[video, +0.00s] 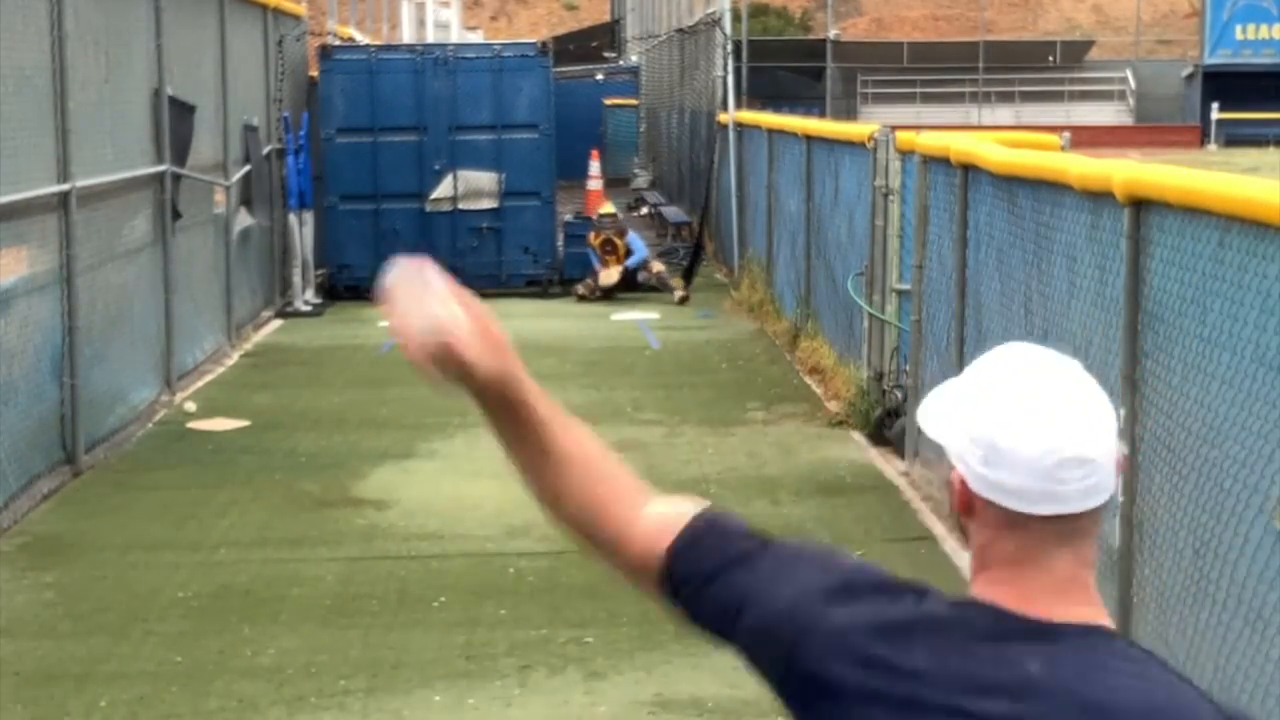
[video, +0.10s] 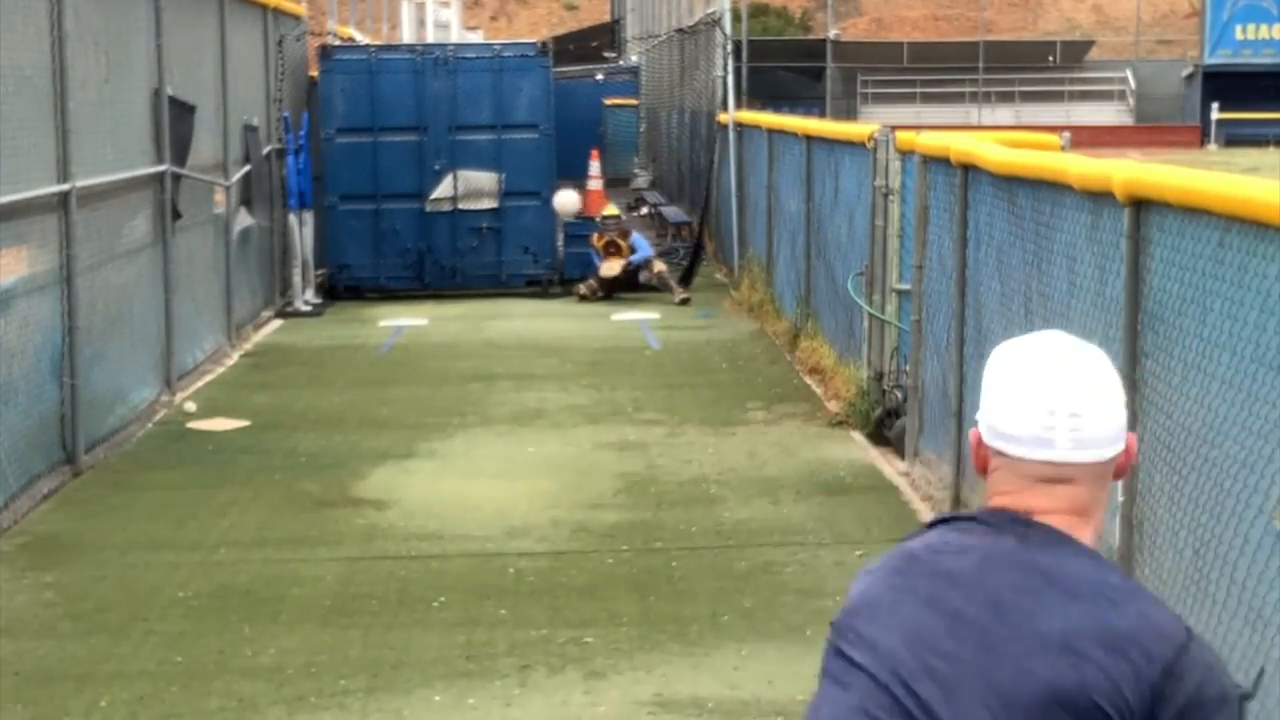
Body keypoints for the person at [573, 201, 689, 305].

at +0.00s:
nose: (608, 228)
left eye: (612, 223)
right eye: (604, 224)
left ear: (618, 222)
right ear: (598, 224)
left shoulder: (628, 235)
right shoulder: (593, 238)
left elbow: (643, 253)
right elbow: (593, 257)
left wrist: (623, 267)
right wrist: (601, 271)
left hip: (631, 271)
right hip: (609, 272)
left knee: (655, 266)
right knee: (597, 280)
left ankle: (676, 291)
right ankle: (586, 290)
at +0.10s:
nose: (611, 229)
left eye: (614, 225)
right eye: (607, 225)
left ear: (621, 224)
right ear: (601, 226)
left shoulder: (631, 236)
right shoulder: (597, 240)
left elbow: (648, 253)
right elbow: (597, 260)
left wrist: (629, 261)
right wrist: (604, 267)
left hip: (634, 271)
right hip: (611, 270)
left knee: (657, 265)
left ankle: (677, 293)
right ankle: (588, 289)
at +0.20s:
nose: (614, 224)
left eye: (617, 220)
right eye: (610, 221)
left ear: (623, 221)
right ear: (604, 223)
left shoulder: (634, 236)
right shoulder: (600, 240)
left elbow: (651, 251)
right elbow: (597, 261)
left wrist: (631, 256)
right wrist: (605, 271)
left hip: (635, 276)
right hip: (612, 276)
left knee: (657, 266)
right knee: (598, 284)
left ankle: (678, 292)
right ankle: (586, 290)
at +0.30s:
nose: (617, 226)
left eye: (621, 222)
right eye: (613, 222)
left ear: (628, 222)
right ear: (608, 223)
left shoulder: (637, 236)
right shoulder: (603, 238)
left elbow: (654, 249)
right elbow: (596, 254)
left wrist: (635, 249)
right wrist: (602, 270)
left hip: (636, 275)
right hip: (613, 276)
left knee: (658, 266)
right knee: (597, 283)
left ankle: (677, 292)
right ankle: (586, 291)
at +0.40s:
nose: (617, 223)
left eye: (621, 219)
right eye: (614, 219)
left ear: (626, 220)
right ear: (609, 221)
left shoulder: (638, 235)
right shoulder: (604, 237)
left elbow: (659, 245)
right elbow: (597, 253)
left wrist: (638, 234)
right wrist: (602, 269)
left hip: (637, 276)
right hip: (614, 277)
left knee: (658, 267)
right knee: (599, 283)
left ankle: (678, 293)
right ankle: (586, 290)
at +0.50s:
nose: (623, 223)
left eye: (626, 219)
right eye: (619, 220)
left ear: (630, 220)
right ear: (612, 222)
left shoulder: (639, 233)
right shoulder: (604, 236)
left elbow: (660, 244)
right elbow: (598, 252)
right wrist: (603, 268)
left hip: (636, 275)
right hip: (614, 275)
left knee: (658, 267)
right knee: (598, 283)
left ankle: (678, 293)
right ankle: (586, 291)